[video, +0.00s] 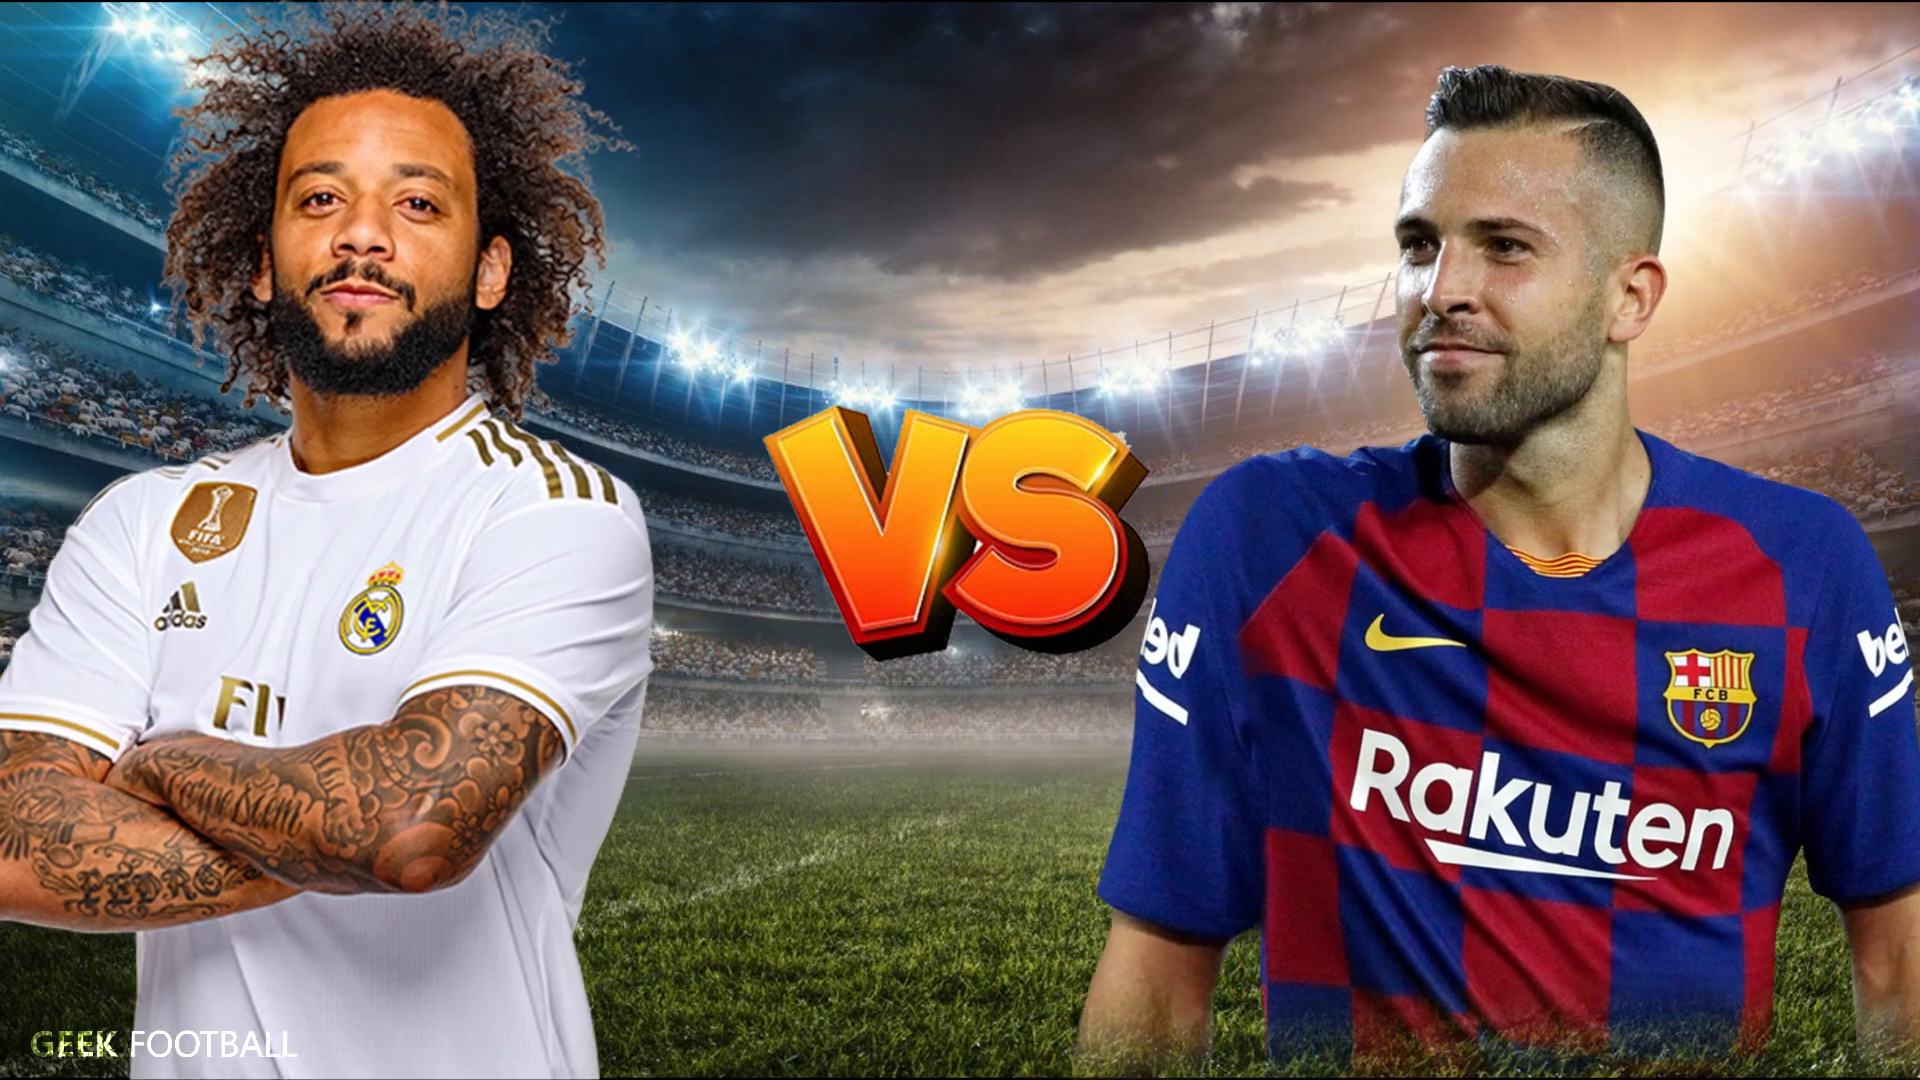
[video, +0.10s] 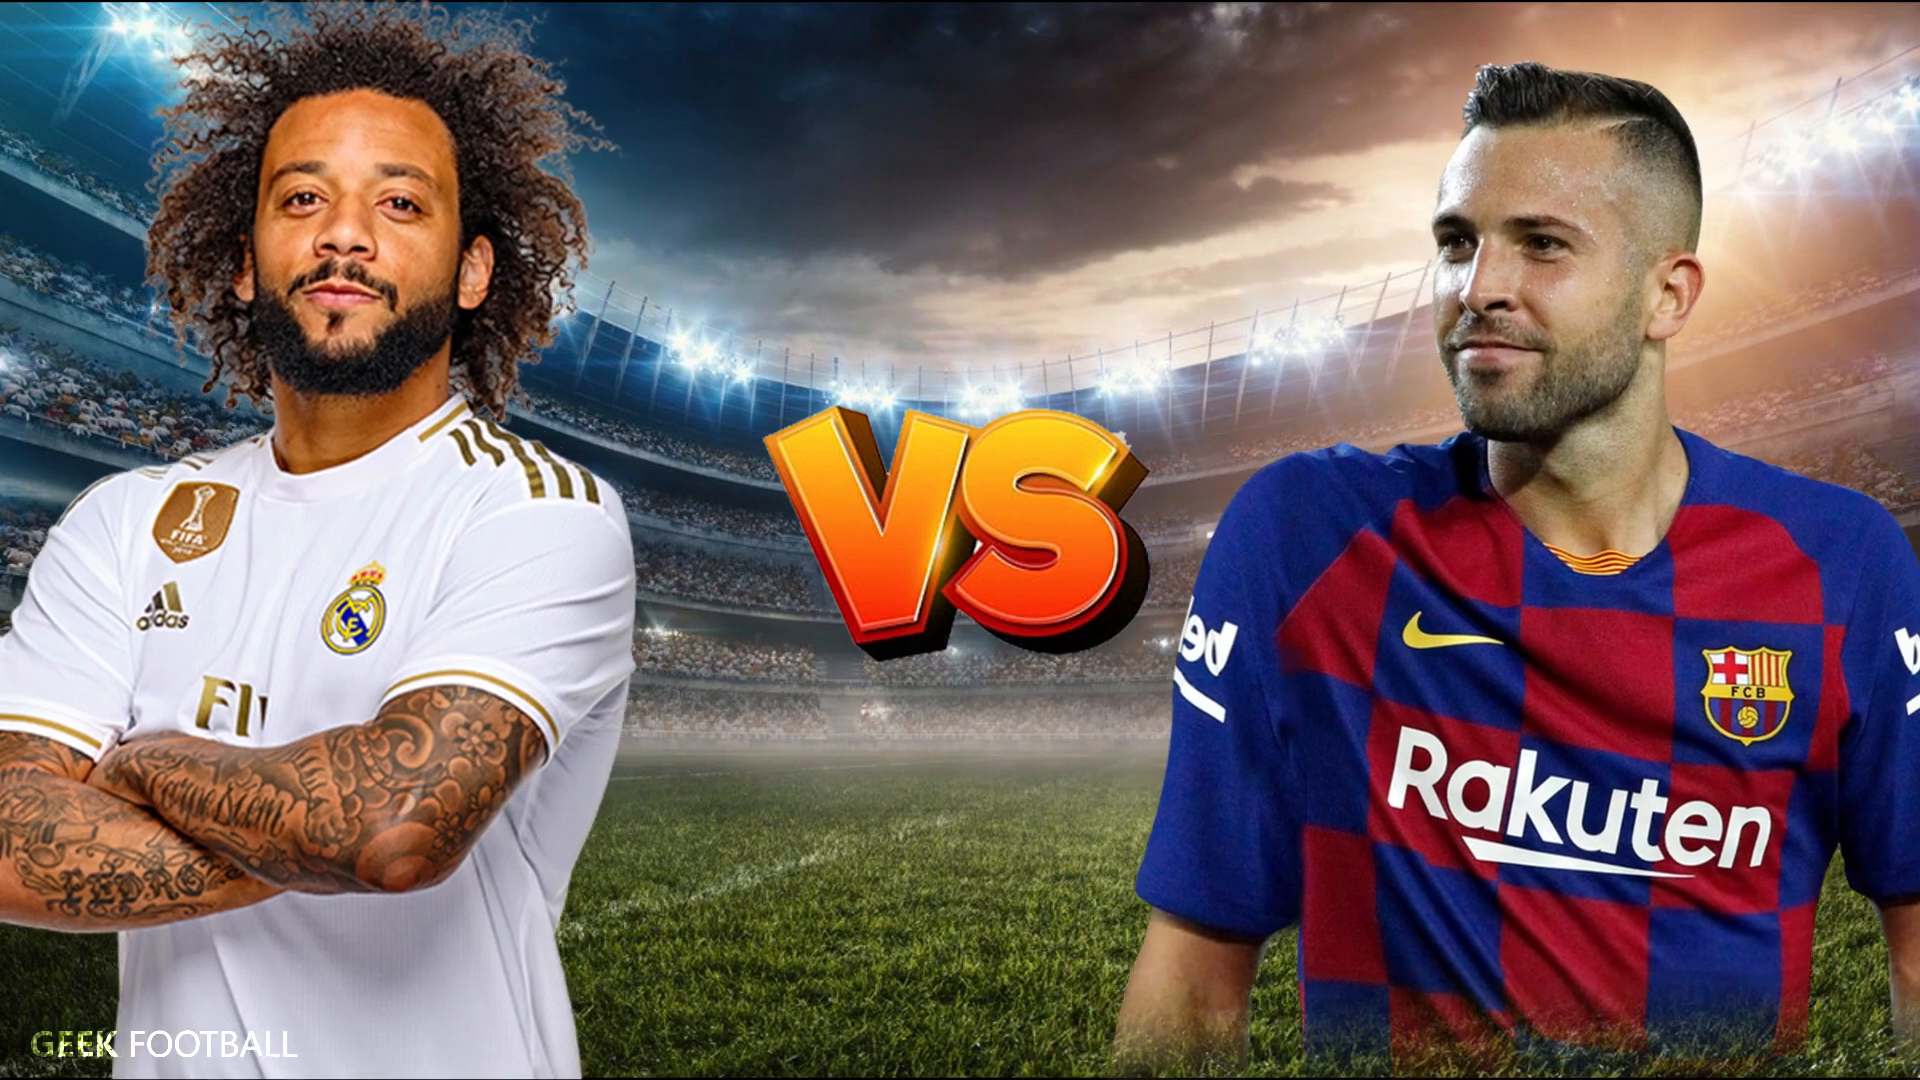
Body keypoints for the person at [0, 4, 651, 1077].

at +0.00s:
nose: (363, 237)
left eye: (418, 203)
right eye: (320, 200)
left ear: (487, 271)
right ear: (268, 259)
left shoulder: (562, 518)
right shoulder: (141, 520)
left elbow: (416, 823)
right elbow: (20, 852)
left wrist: (161, 760)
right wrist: (332, 830)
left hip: (473, 1062)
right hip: (193, 1061)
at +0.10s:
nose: (342, 237)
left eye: (399, 202)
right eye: (301, 199)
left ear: (469, 270)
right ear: (249, 259)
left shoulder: (543, 516)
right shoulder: (123, 520)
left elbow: (396, 824)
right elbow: (17, 855)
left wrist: (137, 761)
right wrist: (316, 826)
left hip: (452, 1064)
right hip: (176, 1063)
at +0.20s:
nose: (321, 234)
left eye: (376, 201)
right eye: (279, 199)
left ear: (446, 269)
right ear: (225, 262)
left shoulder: (520, 516)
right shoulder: (98, 523)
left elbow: (372, 825)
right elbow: (13, 862)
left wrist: (112, 761)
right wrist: (295, 821)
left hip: (431, 1063)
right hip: (153, 1063)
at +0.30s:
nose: (294, 234)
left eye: (349, 202)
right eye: (251, 200)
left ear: (418, 270)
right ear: (196, 261)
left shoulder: (492, 514)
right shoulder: (68, 522)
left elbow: (347, 825)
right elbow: (10, 868)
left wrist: (77, 759)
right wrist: (269, 820)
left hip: (400, 1062)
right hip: (125, 1062)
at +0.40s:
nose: (260, 234)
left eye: (317, 203)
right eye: (219, 198)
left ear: (386, 273)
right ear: (163, 262)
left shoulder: (462, 516)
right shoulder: (39, 521)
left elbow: (314, 824)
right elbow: (7, 875)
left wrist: (43, 760)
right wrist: (241, 821)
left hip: (367, 1063)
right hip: (90, 1063)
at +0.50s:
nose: (224, 236)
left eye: (279, 202)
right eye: (181, 197)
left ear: (348, 272)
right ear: (127, 258)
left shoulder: (424, 517)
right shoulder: (15, 512)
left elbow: (277, 821)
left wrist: (12, 758)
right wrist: (211, 810)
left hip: (322, 1062)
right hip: (34, 1059)